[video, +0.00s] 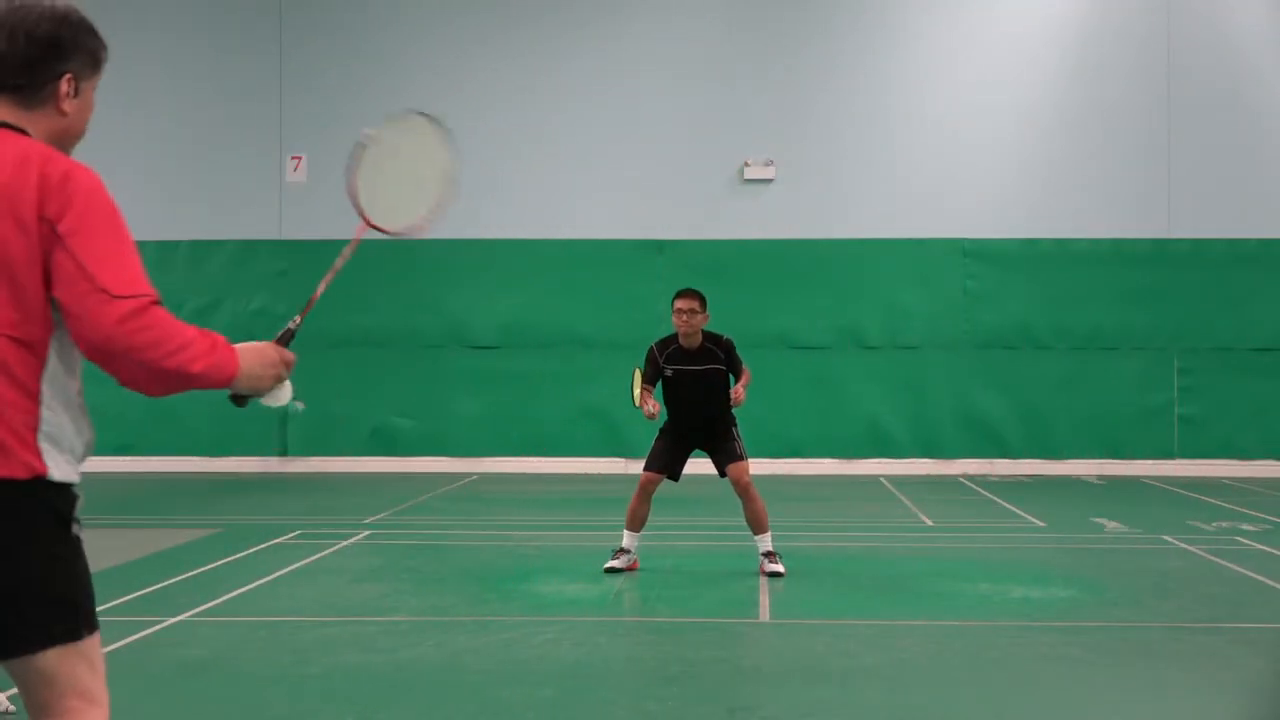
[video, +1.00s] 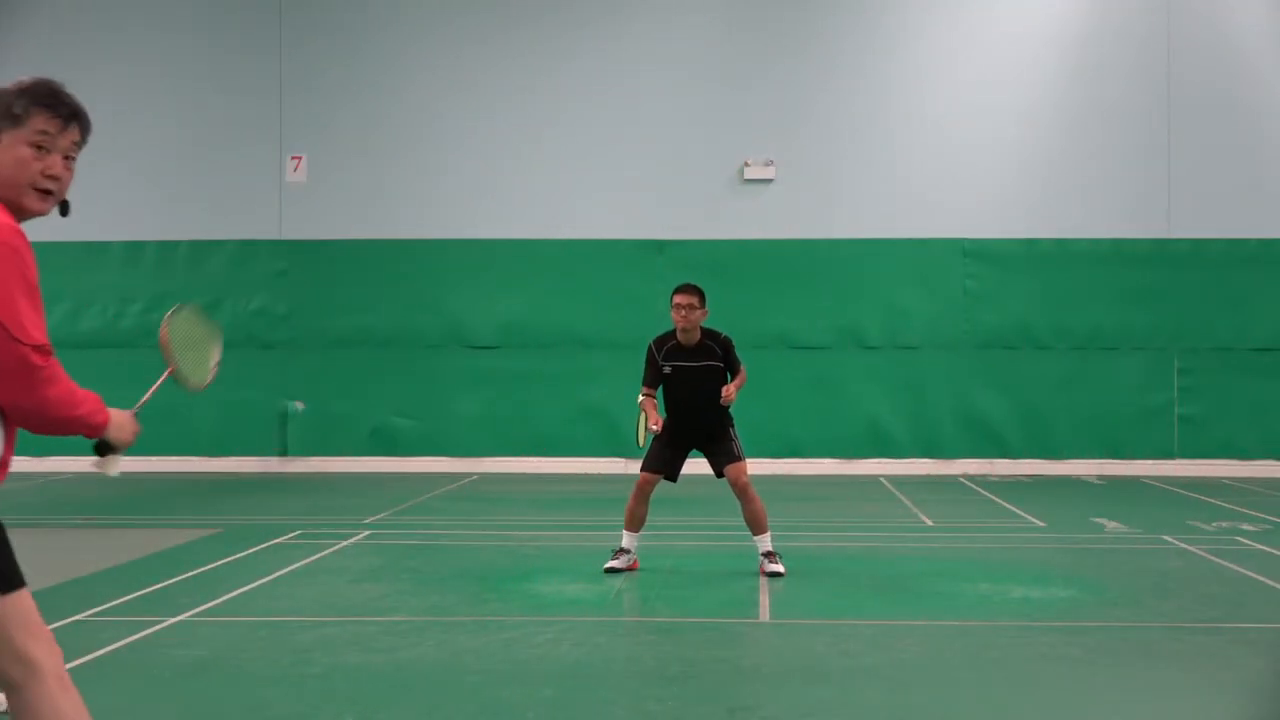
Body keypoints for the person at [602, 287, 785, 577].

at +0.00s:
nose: (684, 318)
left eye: (691, 313)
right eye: (679, 312)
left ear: (704, 318)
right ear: (672, 316)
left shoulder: (722, 346)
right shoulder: (660, 351)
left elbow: (743, 373)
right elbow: (645, 388)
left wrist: (741, 387)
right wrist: (648, 402)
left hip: (719, 427)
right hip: (677, 427)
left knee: (743, 482)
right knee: (646, 482)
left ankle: (767, 553)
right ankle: (627, 551)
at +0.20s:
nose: (684, 309)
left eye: (691, 305)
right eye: (679, 304)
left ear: (704, 310)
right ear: (672, 308)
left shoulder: (722, 340)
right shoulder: (660, 344)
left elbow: (742, 369)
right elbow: (646, 386)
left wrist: (737, 382)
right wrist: (650, 406)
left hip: (718, 424)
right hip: (677, 425)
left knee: (742, 481)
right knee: (646, 482)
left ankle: (767, 552)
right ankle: (627, 551)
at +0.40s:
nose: (684, 309)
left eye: (691, 304)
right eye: (679, 303)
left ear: (704, 309)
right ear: (672, 307)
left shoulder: (722, 341)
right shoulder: (660, 344)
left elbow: (741, 370)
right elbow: (646, 386)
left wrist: (736, 383)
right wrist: (649, 405)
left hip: (717, 424)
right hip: (676, 425)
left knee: (742, 482)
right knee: (646, 482)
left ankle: (767, 553)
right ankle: (627, 551)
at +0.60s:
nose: (682, 317)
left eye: (689, 313)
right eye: (677, 312)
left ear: (703, 318)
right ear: (671, 316)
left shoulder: (721, 348)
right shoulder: (659, 351)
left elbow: (741, 376)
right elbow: (645, 391)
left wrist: (738, 388)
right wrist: (648, 406)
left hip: (717, 427)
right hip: (676, 428)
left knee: (742, 483)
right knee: (644, 482)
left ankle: (767, 553)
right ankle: (627, 551)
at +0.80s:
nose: (682, 318)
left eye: (689, 312)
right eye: (677, 312)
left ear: (702, 317)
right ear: (670, 315)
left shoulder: (720, 347)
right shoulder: (659, 350)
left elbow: (739, 375)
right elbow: (648, 392)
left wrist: (734, 389)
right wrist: (652, 412)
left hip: (716, 426)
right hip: (675, 426)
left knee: (741, 482)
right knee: (644, 482)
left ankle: (767, 553)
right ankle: (627, 551)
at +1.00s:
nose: (682, 313)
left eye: (689, 308)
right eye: (677, 307)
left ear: (703, 313)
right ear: (671, 311)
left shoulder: (721, 344)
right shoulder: (659, 347)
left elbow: (739, 373)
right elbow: (648, 393)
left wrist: (734, 387)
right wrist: (652, 413)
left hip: (716, 425)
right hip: (675, 425)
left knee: (741, 482)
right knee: (644, 482)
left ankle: (767, 553)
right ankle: (627, 551)